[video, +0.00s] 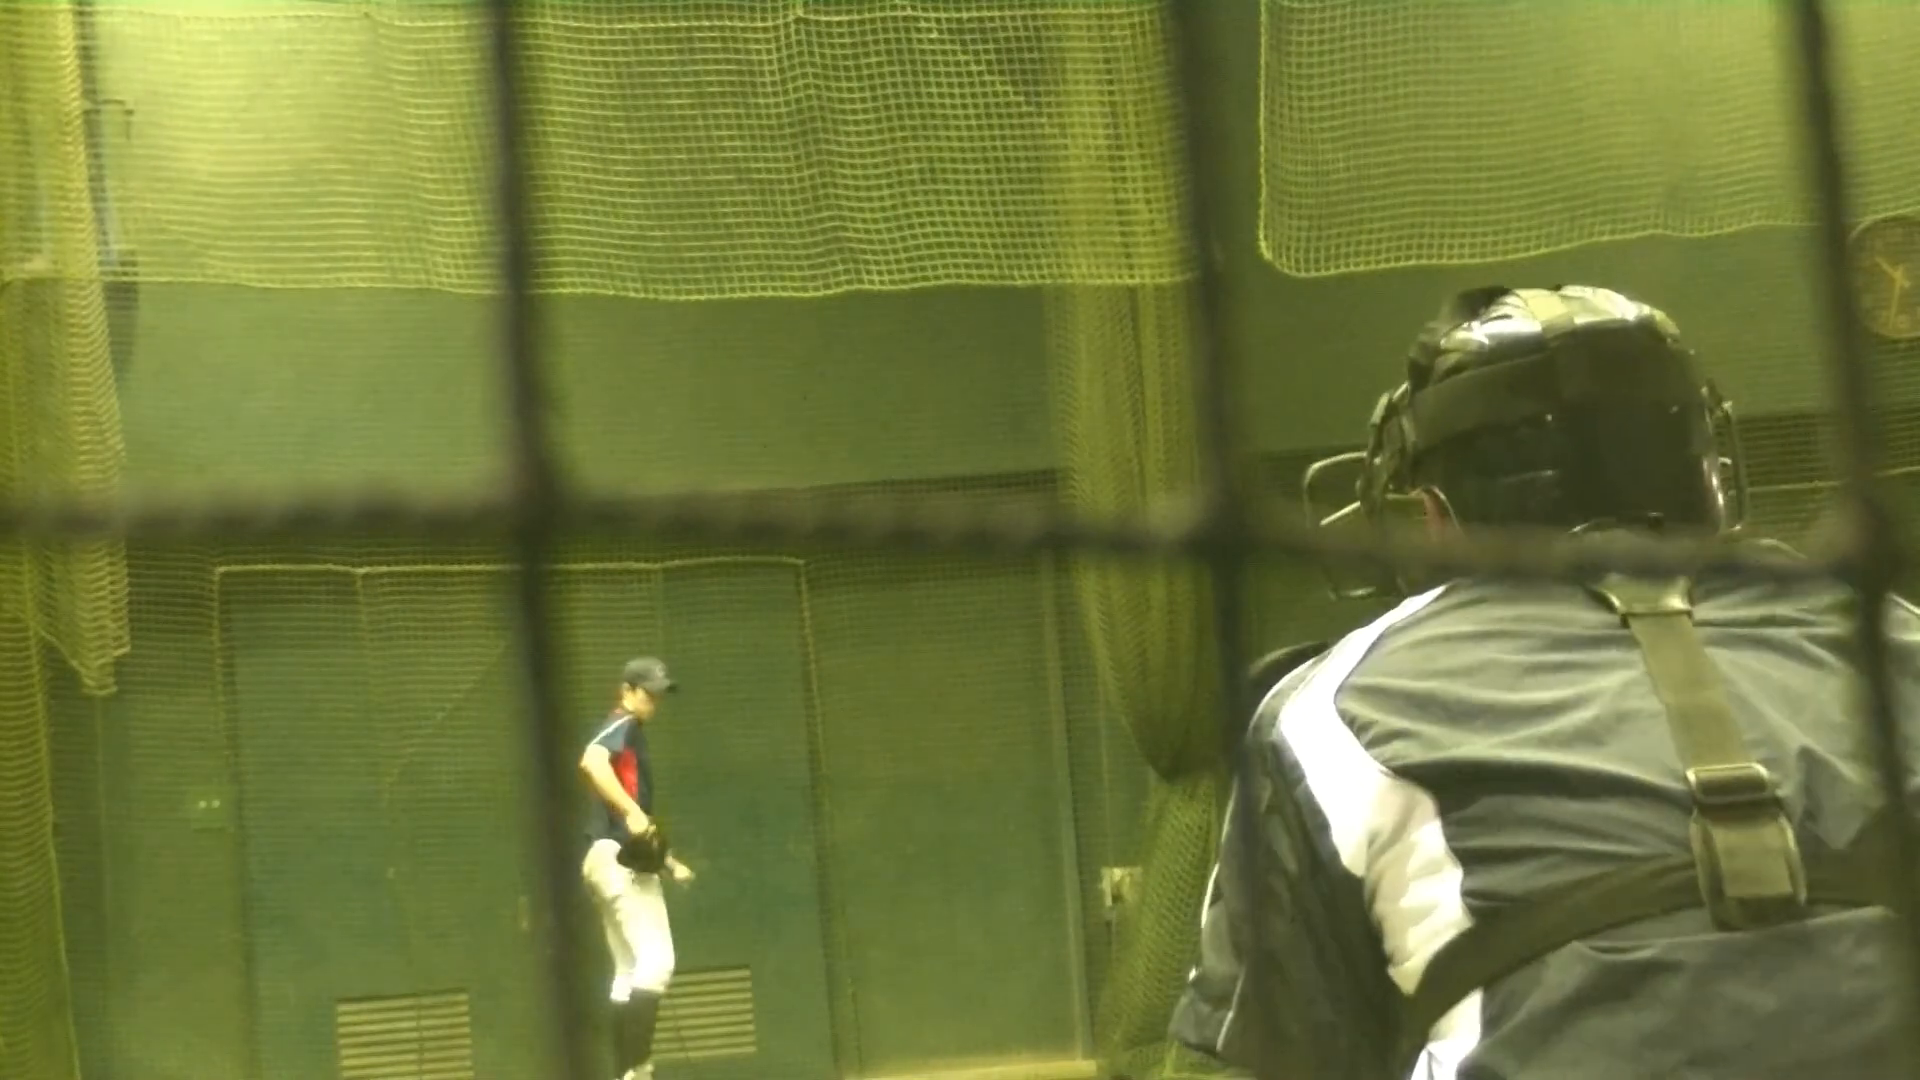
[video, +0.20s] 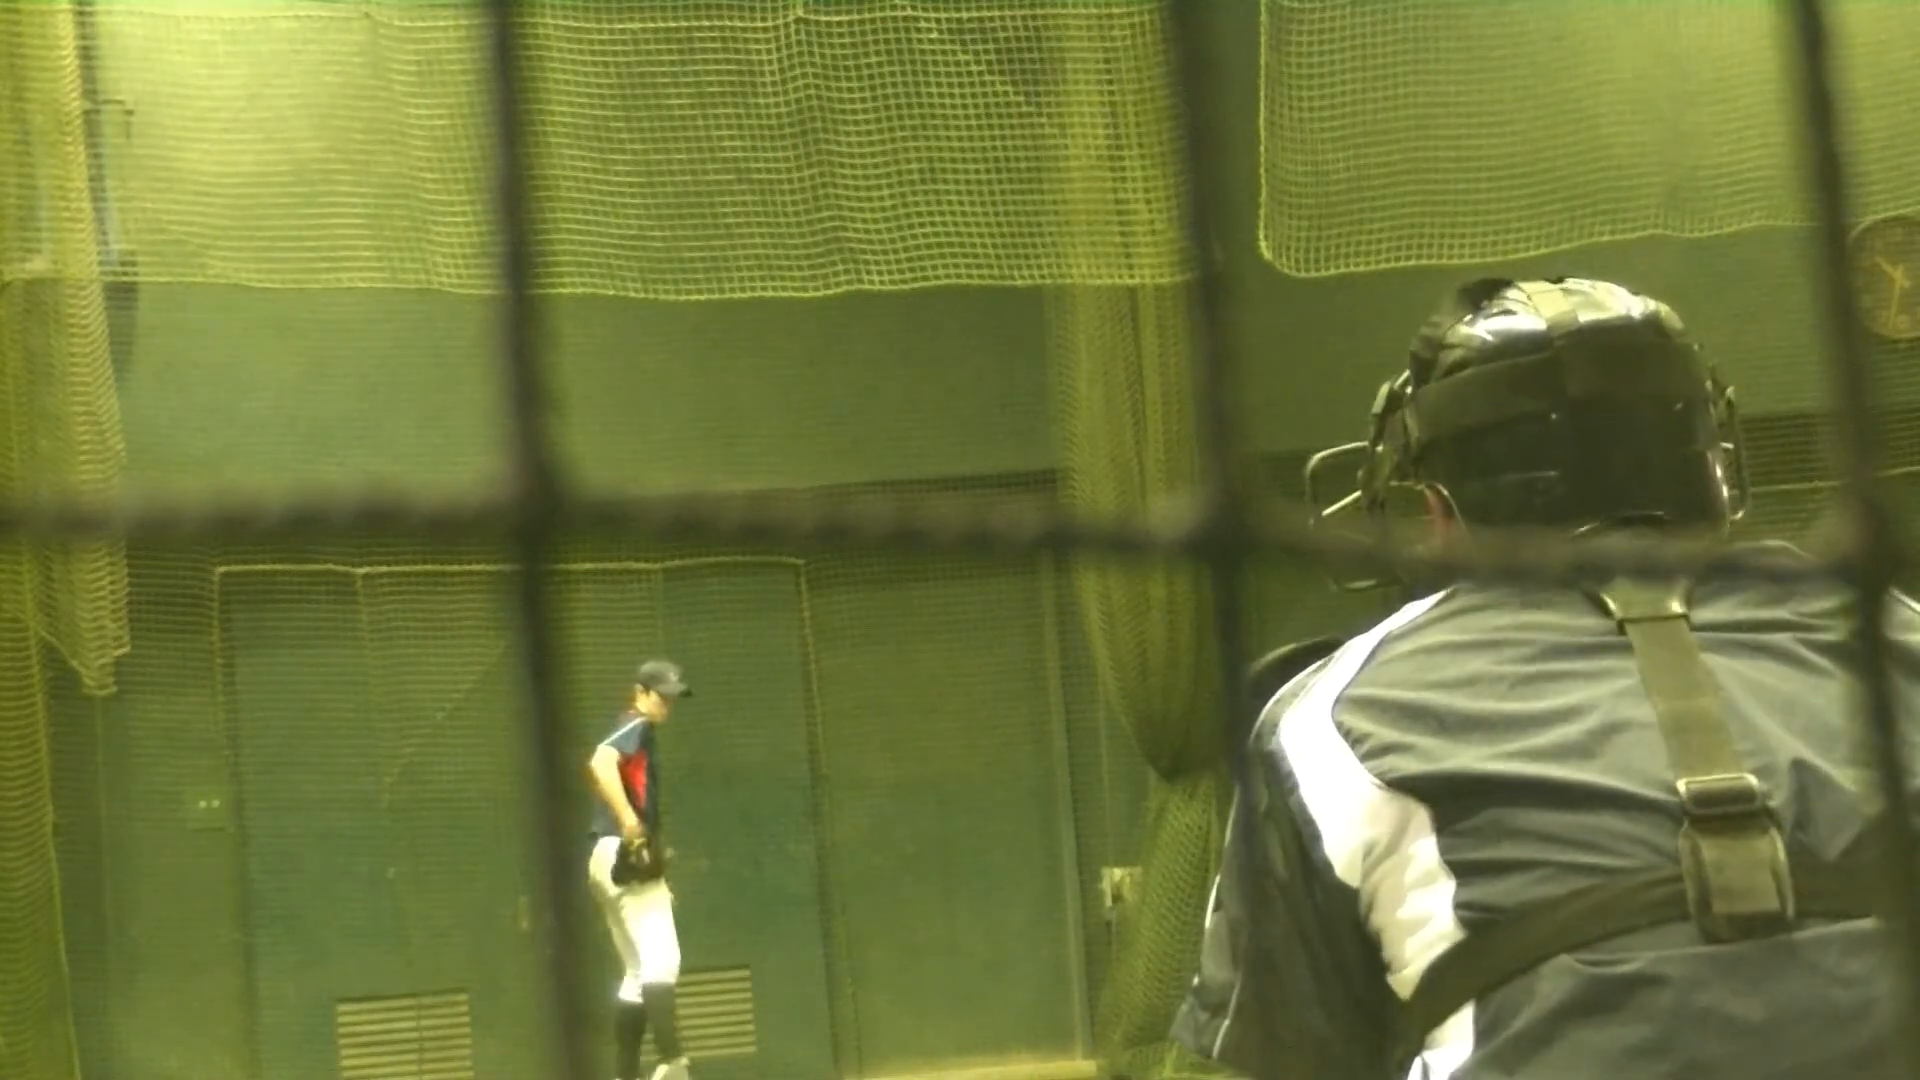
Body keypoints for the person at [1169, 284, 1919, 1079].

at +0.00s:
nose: (1392, 540)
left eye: (1396, 517)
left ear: (1434, 526)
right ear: (1709, 492)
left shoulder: (1322, 713)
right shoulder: (1886, 625)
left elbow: (1272, 1052)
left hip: (1573, 1024)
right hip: (1886, 1011)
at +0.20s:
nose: (1389, 540)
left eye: (1393, 516)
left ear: (1437, 527)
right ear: (1716, 487)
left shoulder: (1319, 722)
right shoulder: (1891, 625)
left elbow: (1281, 1055)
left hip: (1567, 1021)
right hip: (1888, 1009)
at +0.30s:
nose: (1400, 540)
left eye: (1403, 517)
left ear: (1441, 527)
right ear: (1718, 489)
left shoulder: (1324, 722)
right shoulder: (1892, 626)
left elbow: (1280, 1053)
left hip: (1572, 1021)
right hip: (1888, 1007)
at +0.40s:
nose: (1400, 543)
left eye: (1403, 519)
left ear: (1440, 530)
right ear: (1718, 487)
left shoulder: (1331, 723)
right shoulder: (1891, 619)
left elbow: (1284, 1053)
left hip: (1572, 1020)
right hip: (1887, 1007)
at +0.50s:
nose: (1404, 544)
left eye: (1406, 520)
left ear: (1442, 533)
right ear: (1719, 490)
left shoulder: (1335, 722)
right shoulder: (1894, 621)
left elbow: (1284, 1052)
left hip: (1575, 1024)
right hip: (1890, 1009)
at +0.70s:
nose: (1413, 541)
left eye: (1417, 519)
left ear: (1450, 531)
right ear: (1726, 494)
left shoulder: (1340, 719)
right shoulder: (1887, 626)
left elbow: (1282, 1049)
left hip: (1581, 1027)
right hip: (1883, 1017)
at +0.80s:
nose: (1415, 537)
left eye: (1418, 516)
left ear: (1454, 523)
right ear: (1731, 486)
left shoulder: (1344, 713)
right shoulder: (1889, 624)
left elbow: (1286, 1048)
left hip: (1584, 1025)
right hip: (1886, 1015)